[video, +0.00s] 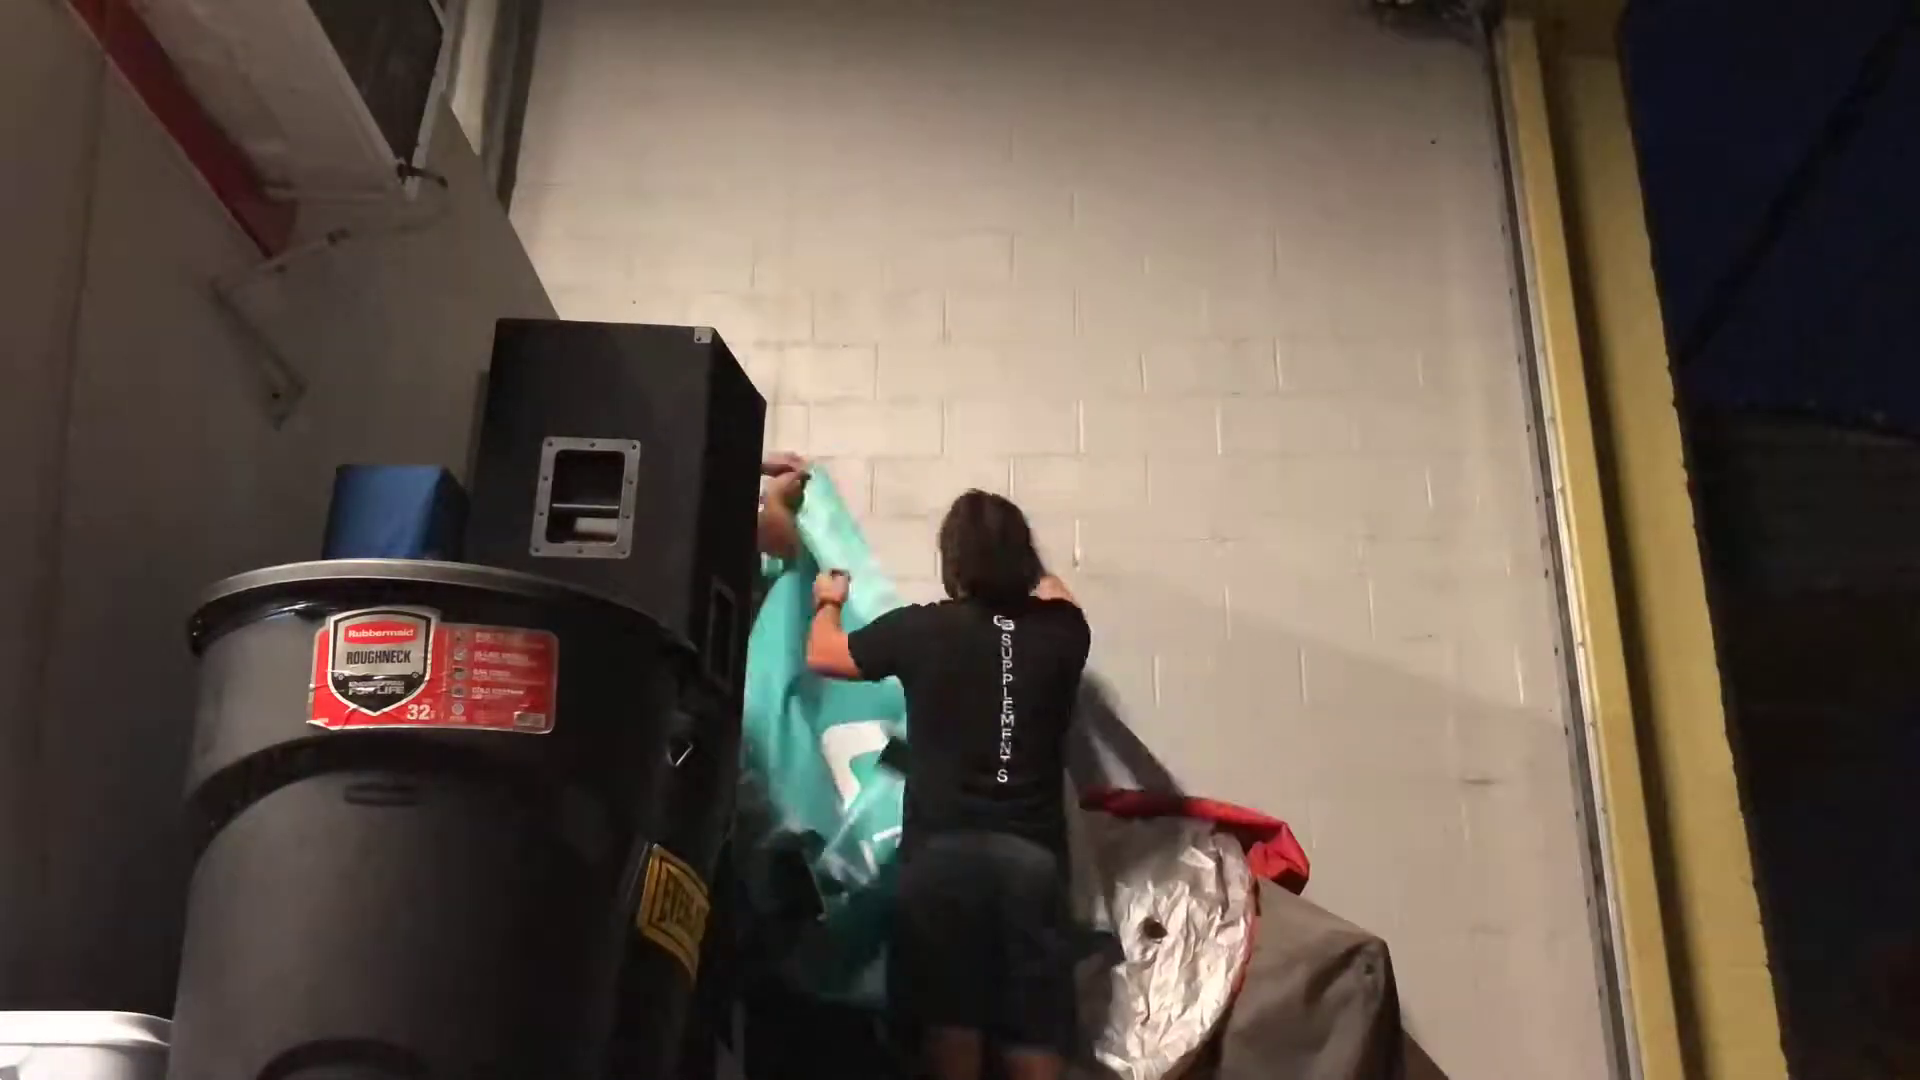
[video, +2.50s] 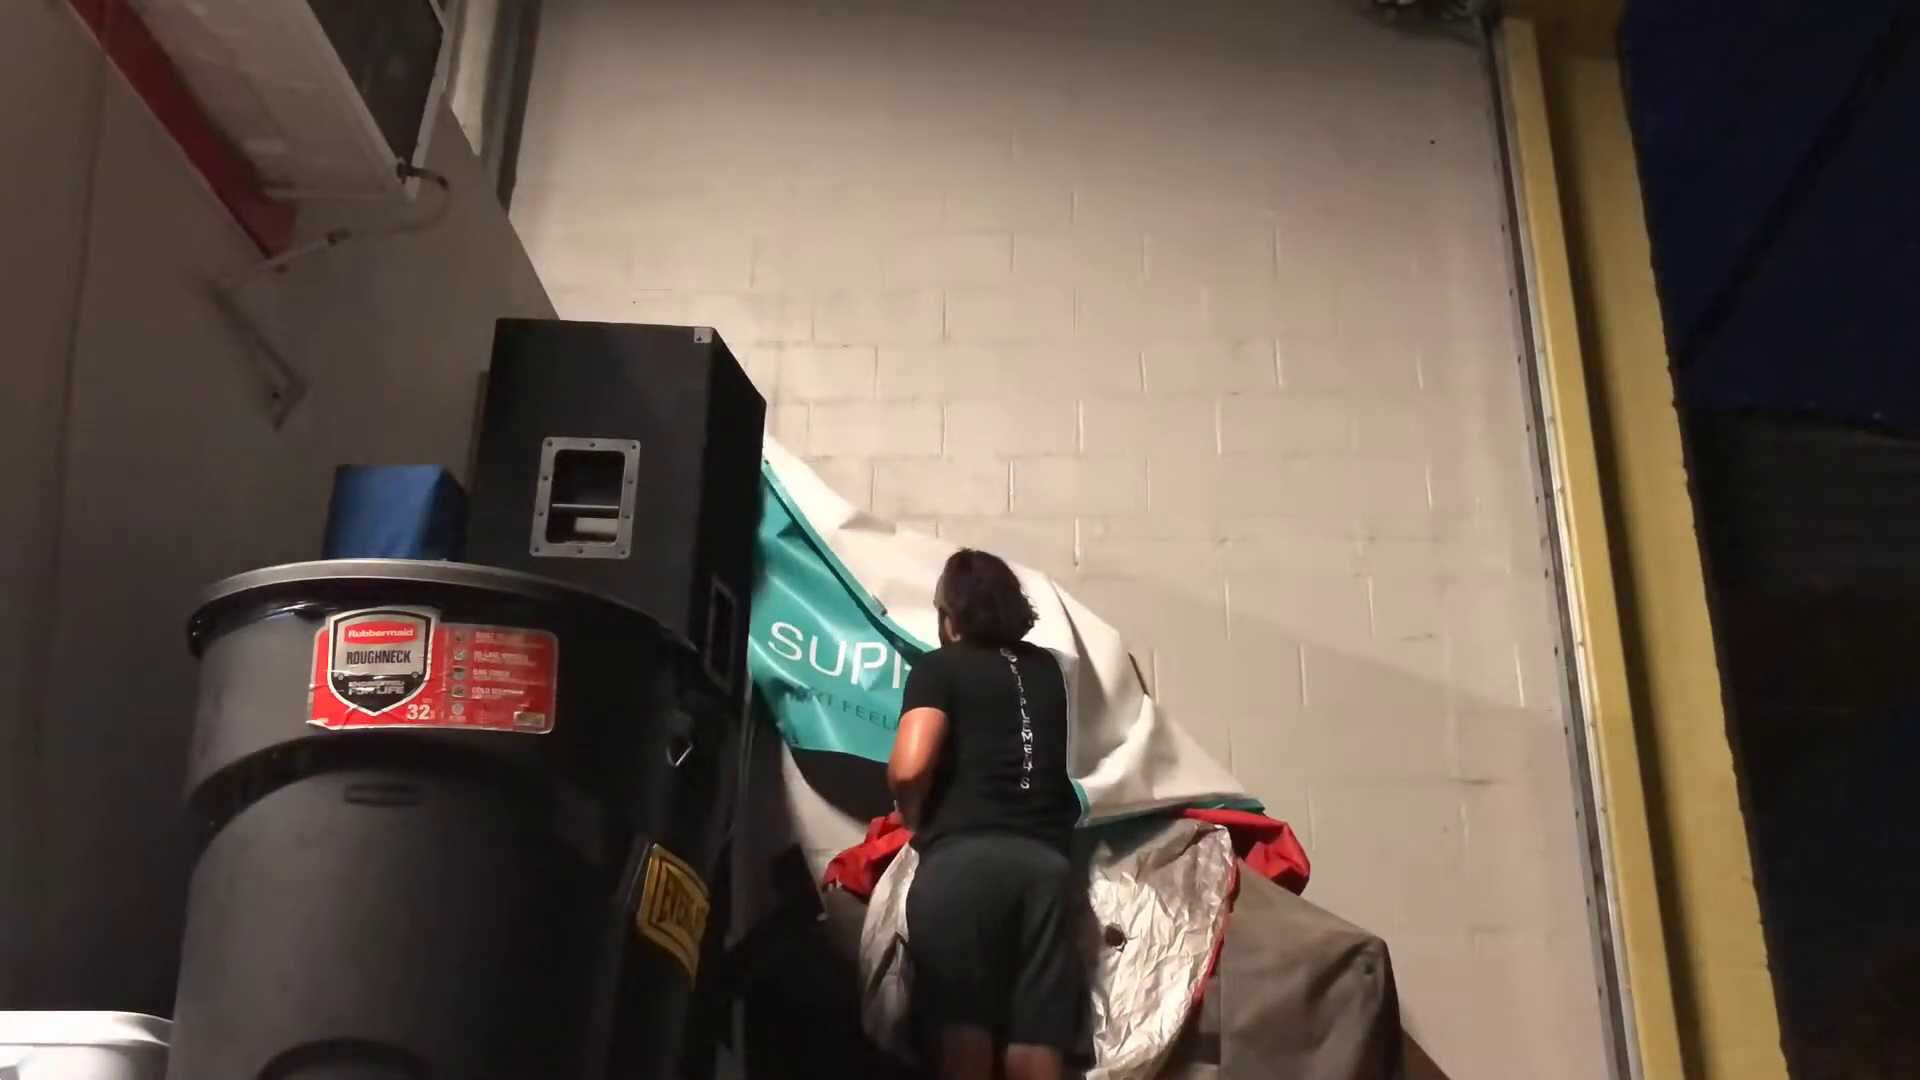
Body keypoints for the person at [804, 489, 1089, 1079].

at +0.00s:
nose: (949, 555)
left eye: (951, 547)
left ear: (951, 557)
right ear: (1025, 557)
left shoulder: (920, 630)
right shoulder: (1063, 634)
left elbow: (823, 654)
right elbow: (1056, 600)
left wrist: (828, 601)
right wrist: (1030, 569)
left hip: (941, 848)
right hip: (1030, 851)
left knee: (948, 1023)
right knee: (1034, 1027)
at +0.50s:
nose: (948, 602)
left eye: (954, 596)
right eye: (952, 594)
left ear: (962, 609)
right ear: (1021, 615)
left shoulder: (946, 664)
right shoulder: (1034, 677)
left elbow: (859, 732)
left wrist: (840, 697)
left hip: (957, 851)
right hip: (1038, 856)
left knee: (953, 1028)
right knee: (1034, 1038)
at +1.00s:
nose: (956, 617)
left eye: (961, 605)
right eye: (961, 605)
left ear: (973, 613)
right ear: (1033, 618)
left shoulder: (977, 656)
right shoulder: (1038, 672)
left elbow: (969, 739)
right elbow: (1020, 772)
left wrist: (913, 789)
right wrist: (930, 809)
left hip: (982, 852)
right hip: (1051, 857)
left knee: (967, 1026)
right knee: (1043, 1036)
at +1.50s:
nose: (965, 600)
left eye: (967, 590)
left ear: (970, 599)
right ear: (1038, 600)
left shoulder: (955, 660)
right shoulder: (1056, 669)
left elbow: (920, 759)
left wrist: (893, 804)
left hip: (965, 851)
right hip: (1046, 858)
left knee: (961, 1038)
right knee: (1037, 1044)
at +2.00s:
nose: (957, 605)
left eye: (961, 596)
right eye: (961, 595)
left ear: (972, 602)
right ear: (1038, 604)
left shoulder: (962, 658)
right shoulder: (1063, 672)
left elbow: (923, 762)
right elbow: (1044, 764)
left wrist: (903, 803)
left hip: (966, 856)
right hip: (1047, 862)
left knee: (962, 1041)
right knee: (1037, 1047)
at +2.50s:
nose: (939, 620)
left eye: (941, 609)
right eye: (941, 609)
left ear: (951, 615)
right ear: (1013, 611)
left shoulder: (939, 667)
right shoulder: (1048, 669)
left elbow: (908, 767)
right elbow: (1047, 762)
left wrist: (912, 820)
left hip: (963, 856)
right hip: (1047, 861)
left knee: (962, 1038)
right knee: (1038, 1043)